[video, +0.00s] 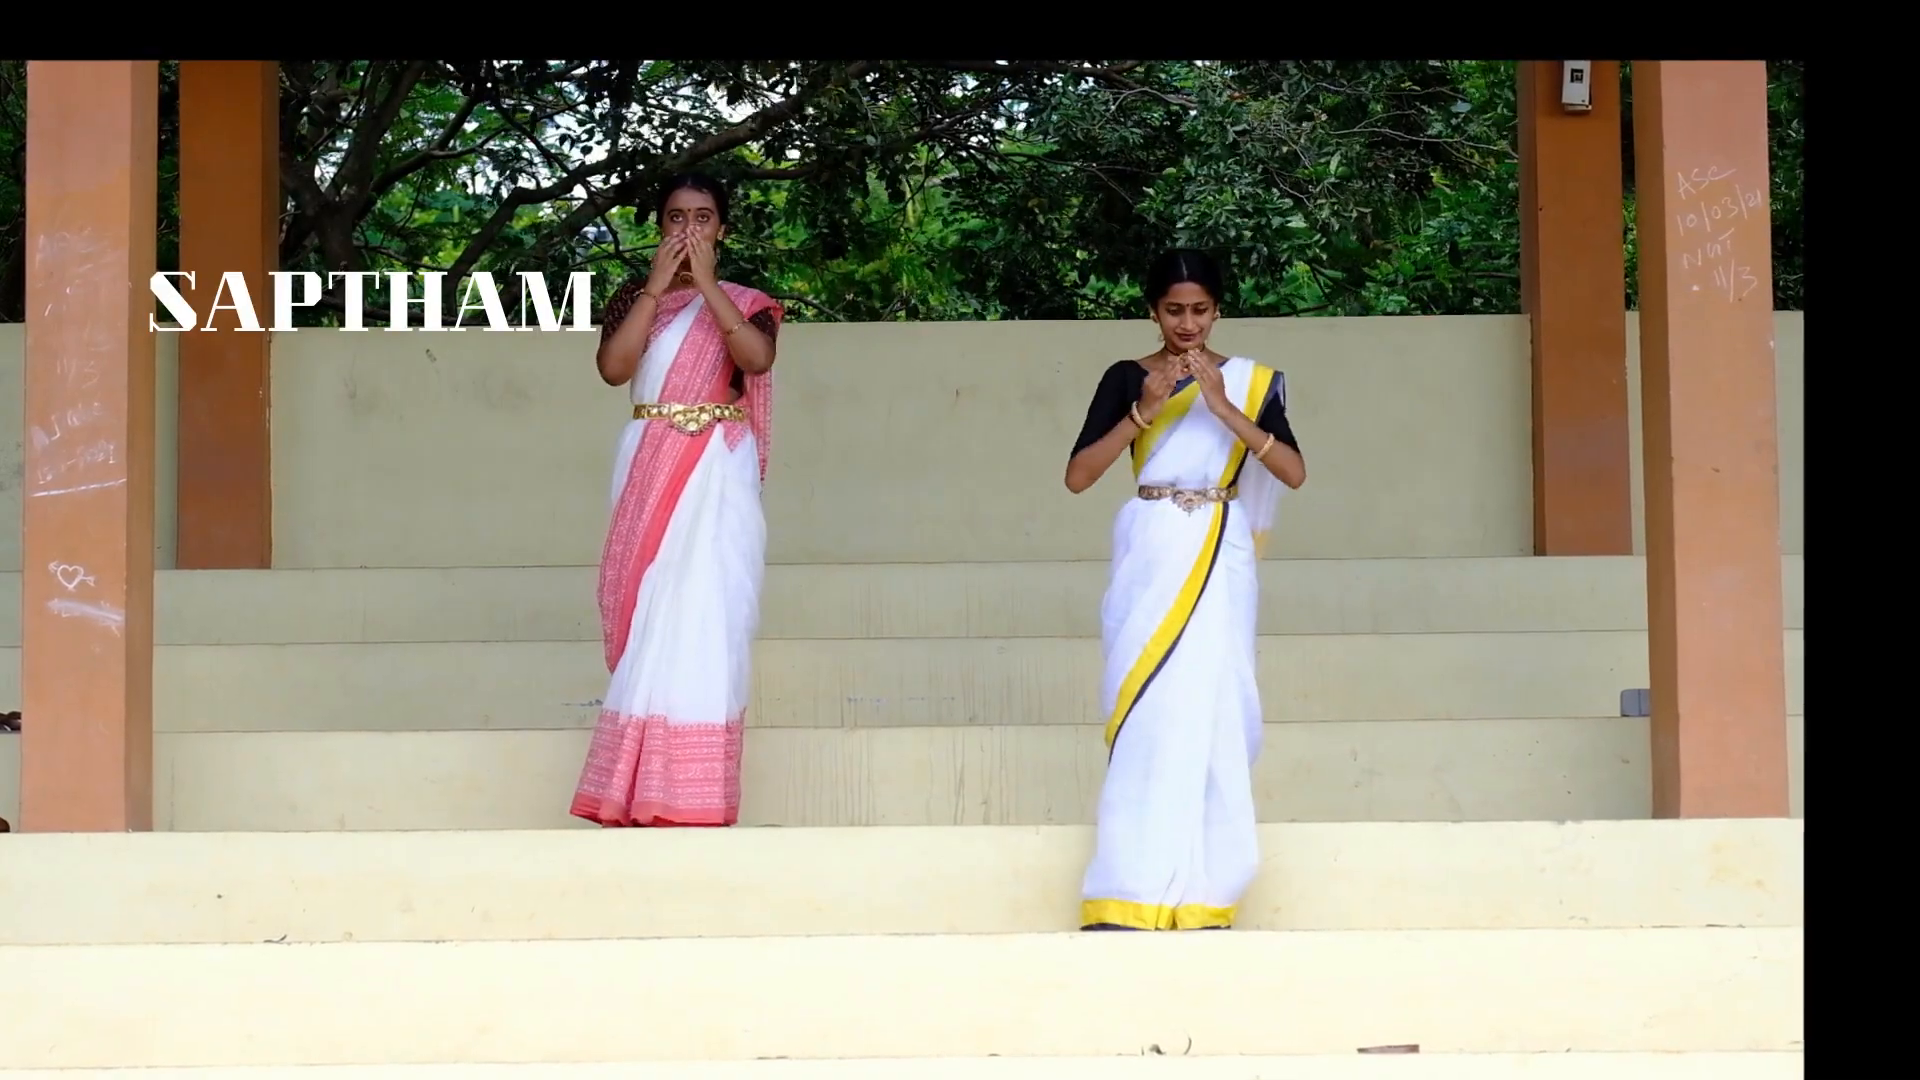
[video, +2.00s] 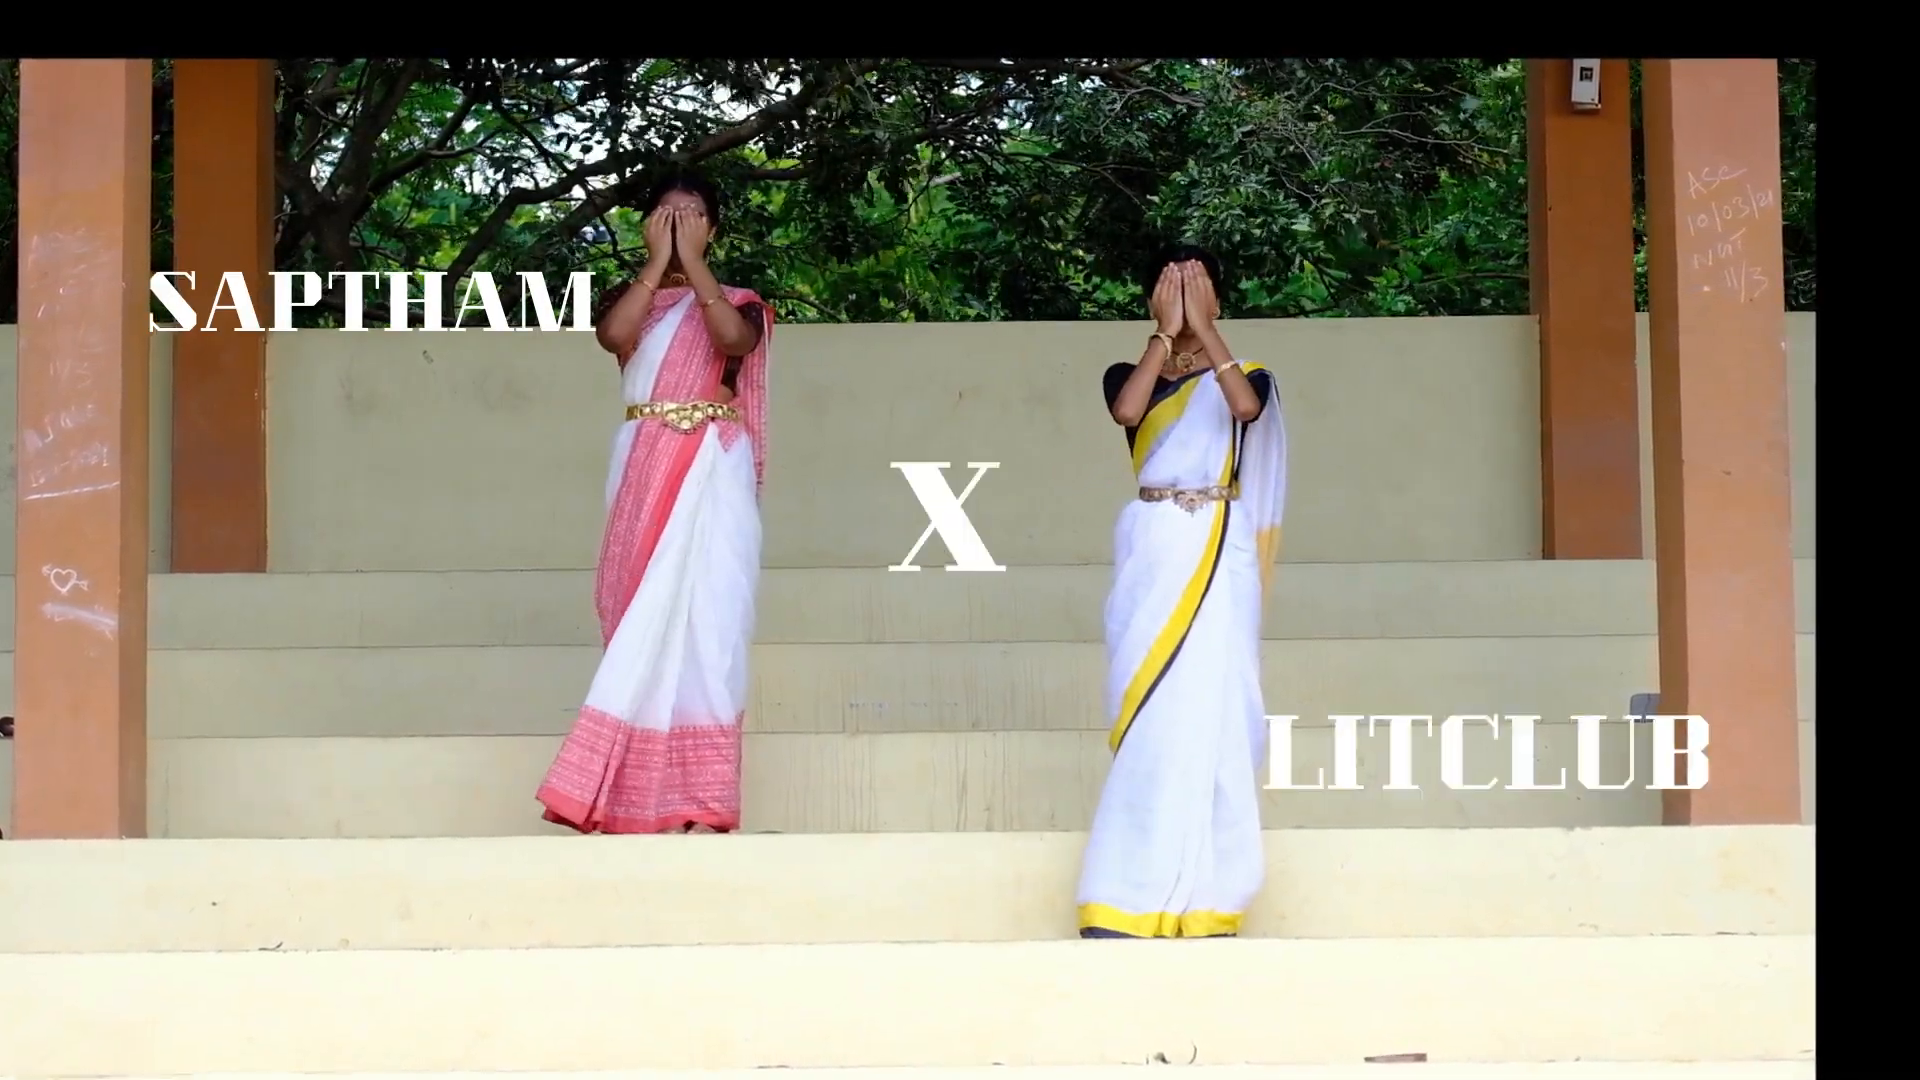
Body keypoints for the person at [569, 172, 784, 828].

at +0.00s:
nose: (688, 228)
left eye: (701, 217)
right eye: (677, 216)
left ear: (722, 226)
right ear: (659, 226)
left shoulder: (746, 302)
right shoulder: (638, 301)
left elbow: (756, 358)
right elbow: (613, 369)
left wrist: (707, 284)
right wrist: (654, 290)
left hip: (716, 474)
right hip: (649, 474)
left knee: (703, 620)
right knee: (648, 618)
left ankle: (689, 793)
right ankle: (636, 788)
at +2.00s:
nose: (677, 224)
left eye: (690, 213)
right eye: (666, 213)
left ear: (713, 228)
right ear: (648, 227)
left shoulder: (741, 304)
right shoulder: (629, 301)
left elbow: (734, 339)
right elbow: (618, 336)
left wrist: (696, 261)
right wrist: (655, 261)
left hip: (713, 478)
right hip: (643, 477)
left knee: (705, 628)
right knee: (639, 625)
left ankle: (703, 802)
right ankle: (631, 799)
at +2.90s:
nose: (675, 227)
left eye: (689, 216)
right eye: (664, 215)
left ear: (712, 228)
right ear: (645, 226)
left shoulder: (739, 304)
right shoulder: (627, 300)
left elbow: (731, 340)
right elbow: (616, 338)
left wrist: (693, 263)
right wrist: (658, 262)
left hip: (713, 480)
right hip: (643, 480)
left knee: (706, 629)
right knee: (638, 626)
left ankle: (703, 804)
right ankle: (632, 800)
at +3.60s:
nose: (690, 226)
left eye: (703, 214)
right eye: (679, 216)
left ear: (724, 228)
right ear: (661, 231)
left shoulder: (745, 303)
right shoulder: (641, 301)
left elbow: (743, 340)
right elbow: (589, 335)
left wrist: (701, 261)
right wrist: (622, 255)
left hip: (713, 475)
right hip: (643, 473)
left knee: (706, 628)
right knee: (644, 625)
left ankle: (702, 805)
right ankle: (644, 799)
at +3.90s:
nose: (693, 226)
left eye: (705, 215)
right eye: (683, 216)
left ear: (727, 227)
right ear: (666, 231)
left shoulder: (749, 300)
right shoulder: (644, 301)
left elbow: (750, 340)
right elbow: (600, 340)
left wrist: (710, 262)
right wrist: (628, 255)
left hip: (716, 475)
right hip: (646, 473)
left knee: (708, 627)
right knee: (646, 624)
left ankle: (701, 805)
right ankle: (637, 800)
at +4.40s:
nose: (676, 227)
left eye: (689, 215)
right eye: (664, 215)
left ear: (711, 227)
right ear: (647, 229)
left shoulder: (737, 302)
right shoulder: (634, 301)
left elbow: (740, 339)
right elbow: (607, 333)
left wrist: (695, 260)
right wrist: (653, 257)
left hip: (712, 475)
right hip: (644, 475)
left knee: (700, 628)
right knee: (649, 627)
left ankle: (687, 805)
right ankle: (642, 799)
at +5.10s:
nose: (690, 227)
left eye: (701, 215)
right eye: (678, 215)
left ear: (719, 223)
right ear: (656, 224)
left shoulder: (741, 300)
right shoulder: (638, 300)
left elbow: (751, 349)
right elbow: (597, 346)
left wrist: (702, 275)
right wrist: (656, 270)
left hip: (720, 479)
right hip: (650, 478)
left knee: (708, 632)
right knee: (653, 630)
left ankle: (699, 810)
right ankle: (647, 805)